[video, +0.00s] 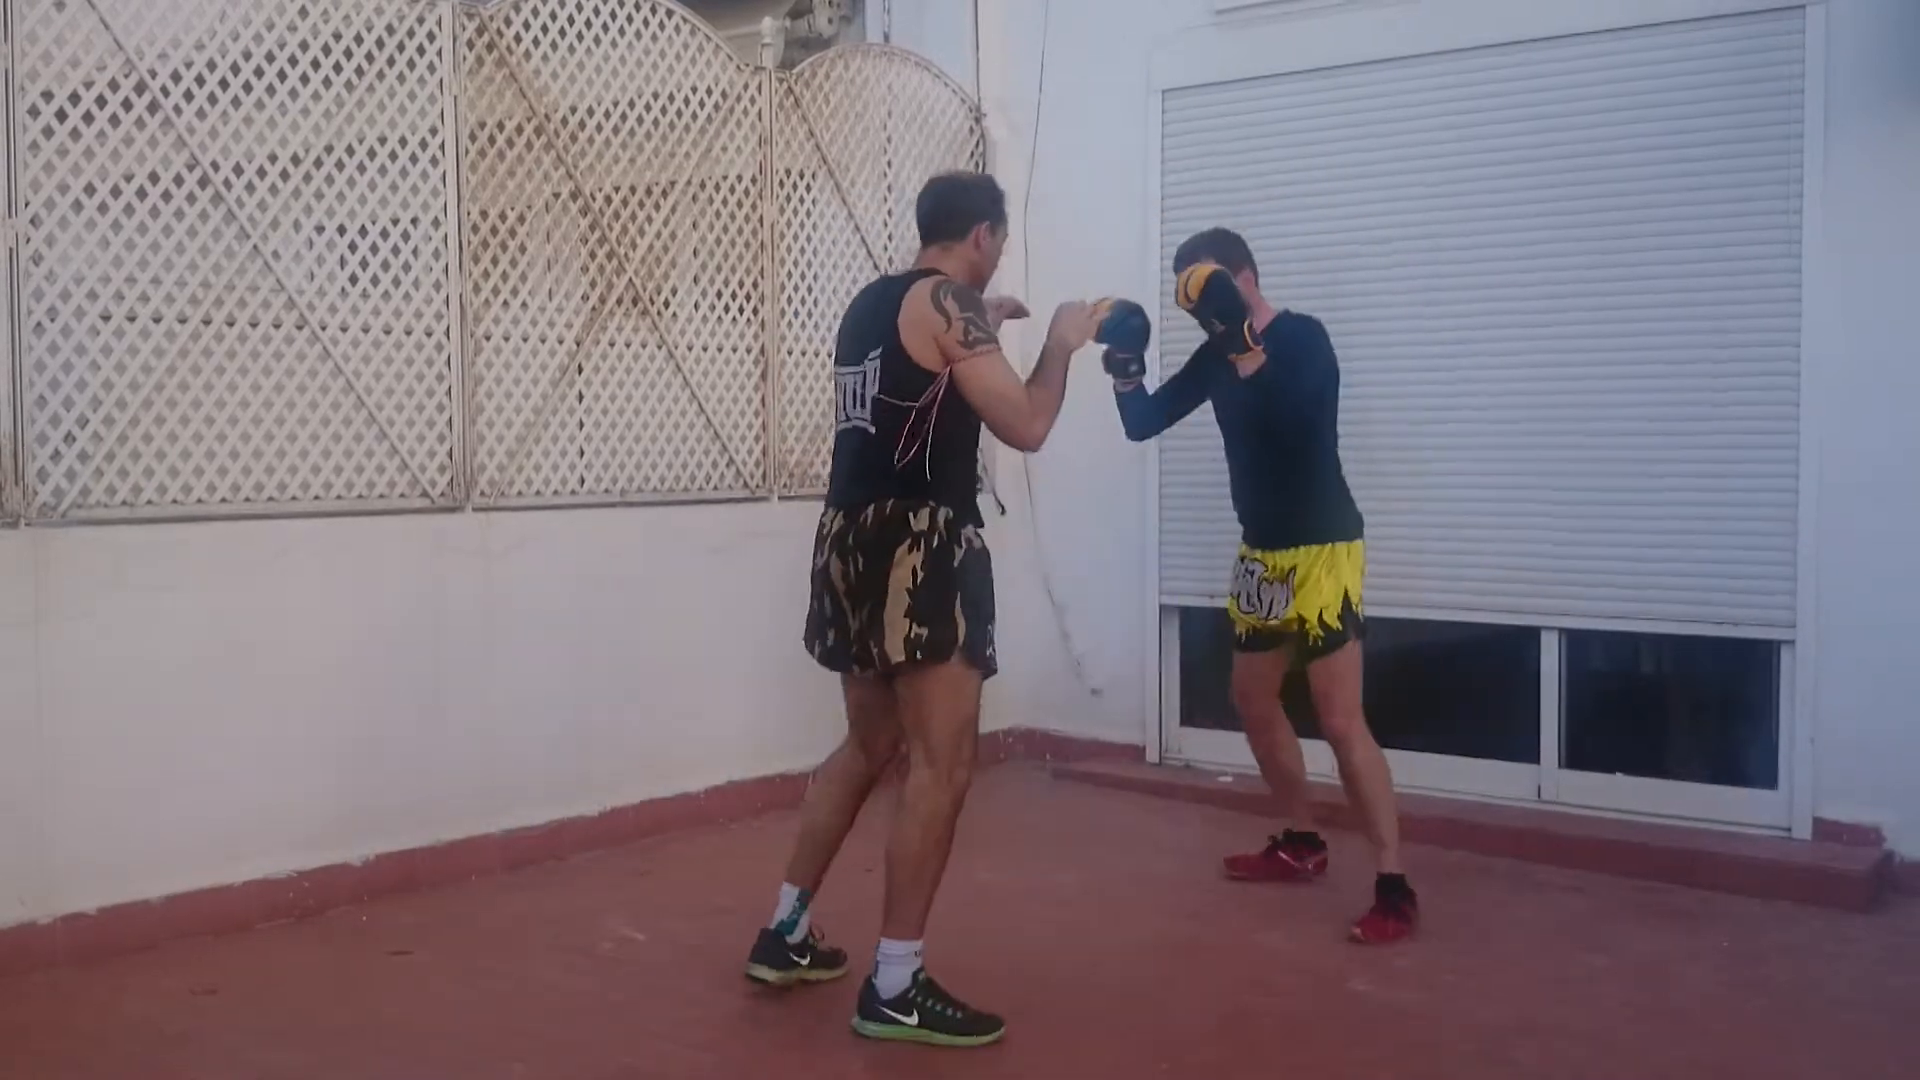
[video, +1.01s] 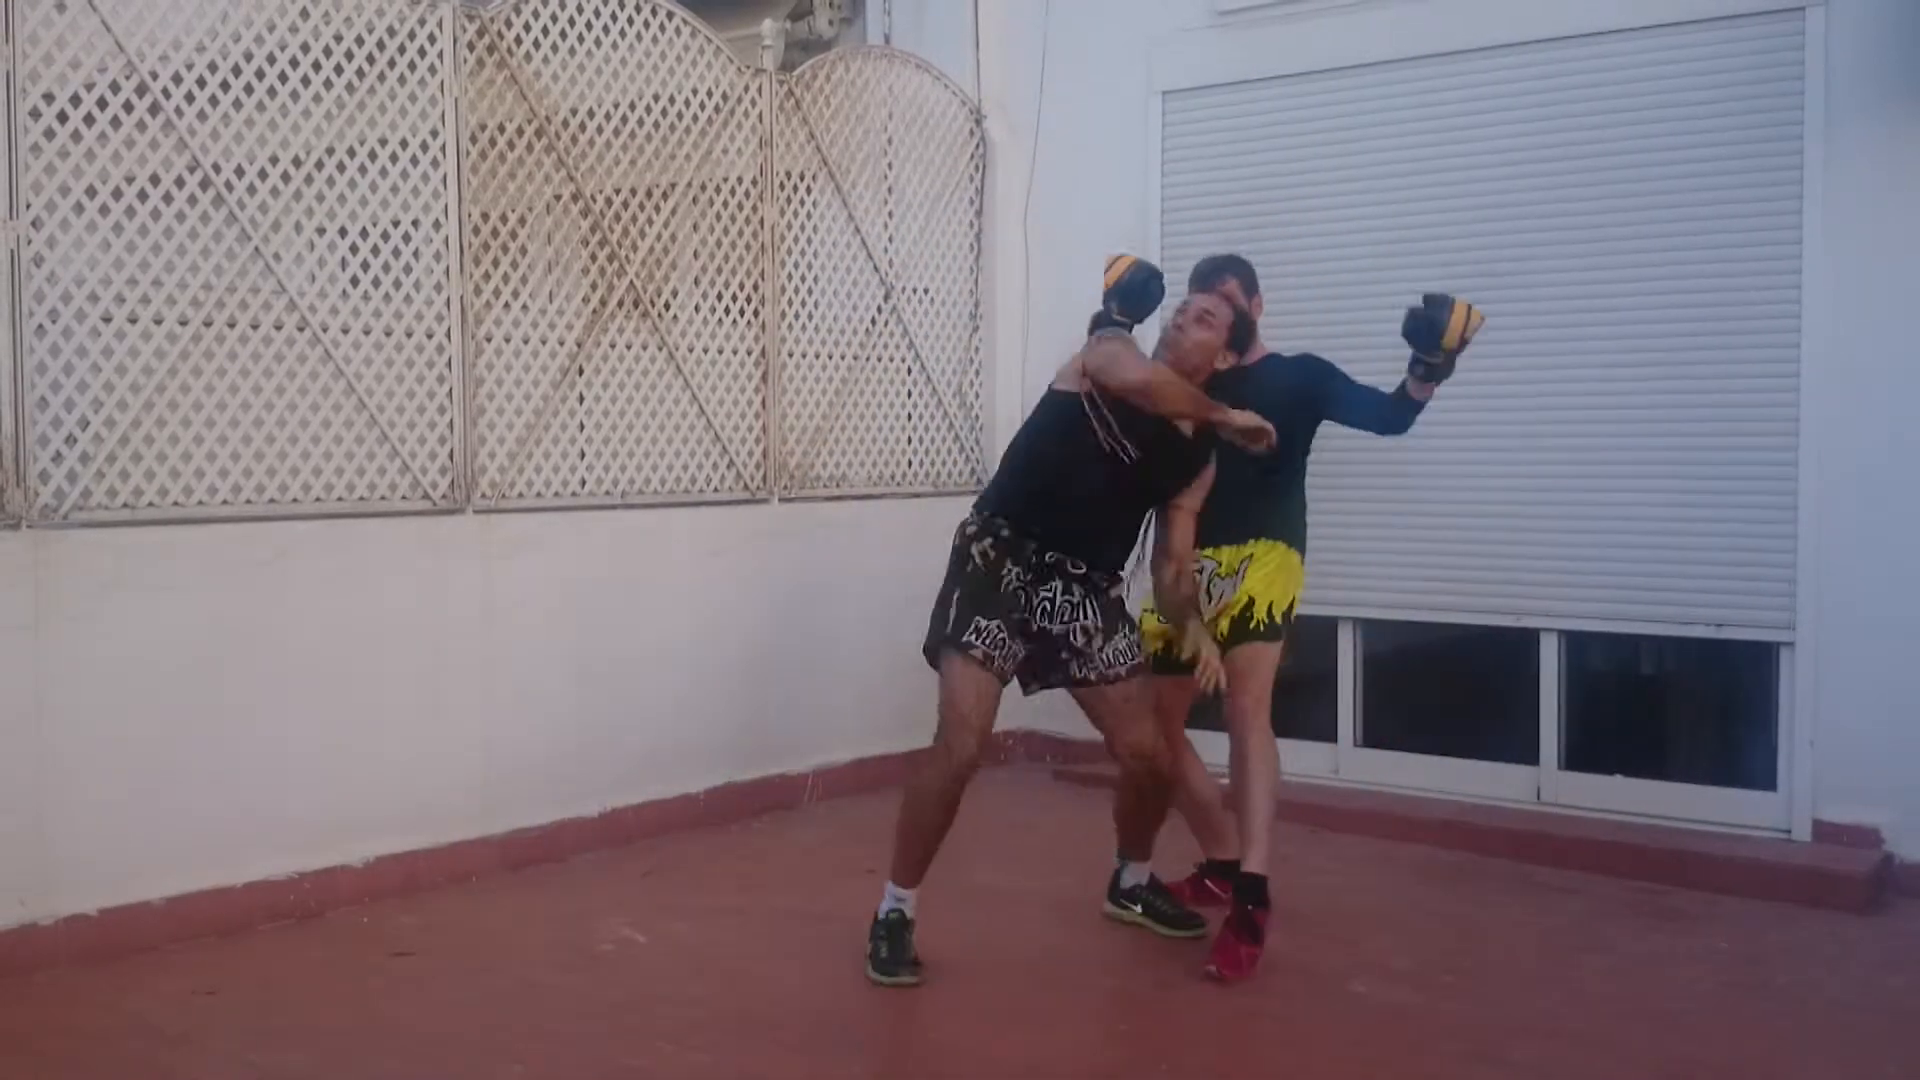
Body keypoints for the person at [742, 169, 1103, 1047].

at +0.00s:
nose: (1001, 256)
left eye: (999, 243)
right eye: (1000, 241)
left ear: (925, 234)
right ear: (978, 238)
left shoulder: (868, 301)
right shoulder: (945, 306)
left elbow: (907, 373)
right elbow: (1024, 425)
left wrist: (976, 324)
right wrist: (1062, 347)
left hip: (852, 541)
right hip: (921, 549)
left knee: (870, 745)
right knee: (942, 767)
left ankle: (782, 932)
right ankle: (895, 986)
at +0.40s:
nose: (1067, 278)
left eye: (1071, 265)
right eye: (1068, 262)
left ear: (991, 249)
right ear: (1046, 254)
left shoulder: (937, 311)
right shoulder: (1008, 321)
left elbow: (974, 361)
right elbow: (1089, 445)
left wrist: (1035, 320)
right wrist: (1118, 365)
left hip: (918, 546)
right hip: (963, 557)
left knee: (1002, 717)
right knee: (972, 767)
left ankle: (913, 908)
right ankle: (894, 984)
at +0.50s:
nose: (1119, 326)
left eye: (1118, 313)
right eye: (1117, 312)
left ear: (1050, 298)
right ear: (1090, 307)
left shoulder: (995, 339)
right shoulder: (1043, 359)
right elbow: (1132, 467)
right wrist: (1163, 383)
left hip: (966, 558)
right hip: (936, 563)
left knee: (1044, 705)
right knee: (1007, 781)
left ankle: (1003, 893)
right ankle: (902, 983)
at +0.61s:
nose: (1157, 416)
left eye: (1160, 403)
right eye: (1157, 402)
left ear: (1110, 385)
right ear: (1129, 390)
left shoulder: (1055, 418)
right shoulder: (1068, 412)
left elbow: (1085, 522)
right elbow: (1170, 510)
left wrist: (1173, 476)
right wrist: (1200, 440)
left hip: (976, 601)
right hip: (934, 602)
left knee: (1059, 733)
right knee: (1020, 788)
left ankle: (1092, 875)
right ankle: (903, 986)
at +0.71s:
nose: (1197, 464)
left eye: (1202, 454)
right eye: (1200, 452)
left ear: (1162, 434)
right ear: (1175, 435)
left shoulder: (1118, 470)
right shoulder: (1102, 435)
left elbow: (1163, 573)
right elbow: (1152, 535)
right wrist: (1208, 477)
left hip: (1005, 610)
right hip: (949, 598)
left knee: (1082, 751)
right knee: (1015, 781)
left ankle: (1117, 891)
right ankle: (904, 983)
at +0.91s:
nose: (1251, 429)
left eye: (1257, 415)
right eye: (1245, 409)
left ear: (1219, 406)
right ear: (1199, 388)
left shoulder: (1173, 486)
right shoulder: (1126, 395)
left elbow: (1186, 594)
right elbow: (1149, 472)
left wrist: (1269, 652)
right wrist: (1239, 458)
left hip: (1058, 592)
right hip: (982, 559)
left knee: (1137, 732)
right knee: (987, 748)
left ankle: (1119, 886)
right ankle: (884, 897)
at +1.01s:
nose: (1193, 322)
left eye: (1211, 321)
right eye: (1189, 311)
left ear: (1226, 355)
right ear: (1165, 323)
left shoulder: (1195, 451)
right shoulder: (1108, 349)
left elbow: (1176, 564)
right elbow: (1140, 384)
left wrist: (1193, 625)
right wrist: (1219, 413)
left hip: (1086, 586)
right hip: (999, 557)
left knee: (1147, 752)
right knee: (963, 744)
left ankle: (1132, 882)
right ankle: (895, 911)